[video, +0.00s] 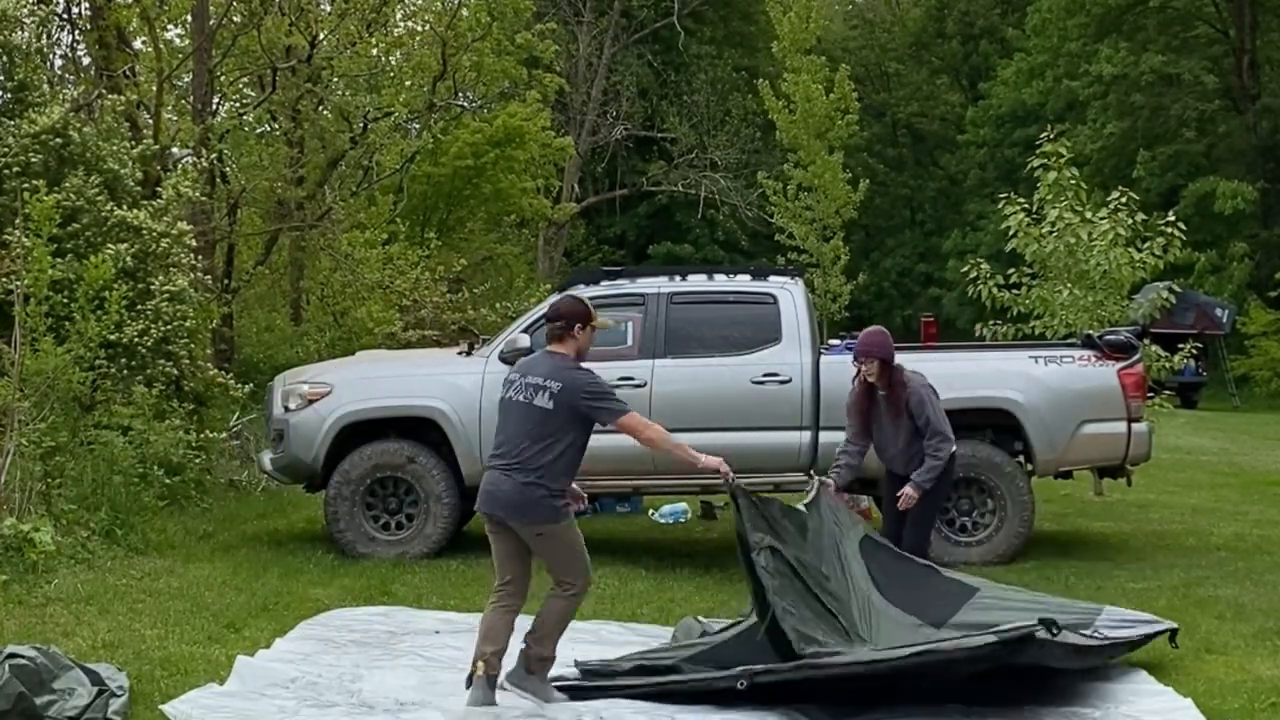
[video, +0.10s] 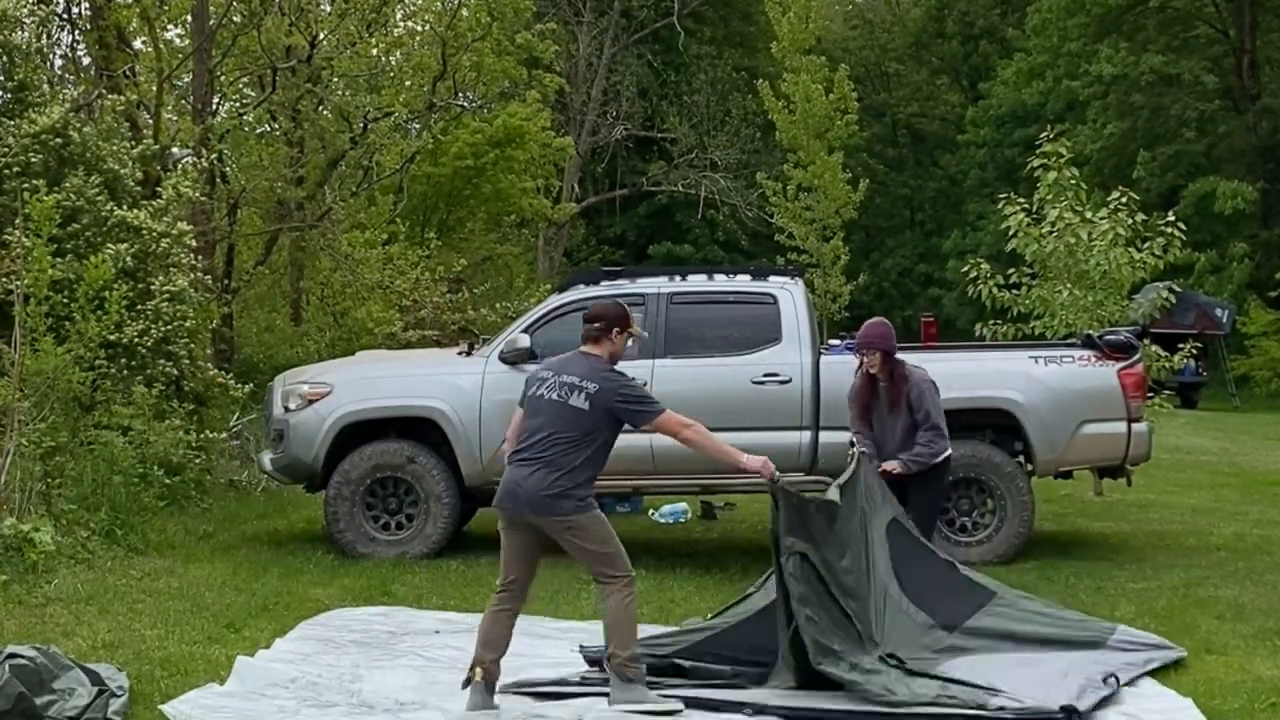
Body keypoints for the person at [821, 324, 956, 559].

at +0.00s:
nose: (865, 369)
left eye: (870, 362)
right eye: (861, 363)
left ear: (885, 360)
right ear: (857, 364)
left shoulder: (915, 389)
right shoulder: (861, 393)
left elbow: (942, 442)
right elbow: (855, 442)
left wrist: (917, 485)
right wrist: (836, 479)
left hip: (931, 466)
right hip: (896, 468)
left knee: (913, 543)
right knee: (890, 538)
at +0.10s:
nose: (867, 360)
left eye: (872, 353)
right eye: (863, 354)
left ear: (887, 351)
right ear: (859, 356)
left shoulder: (917, 382)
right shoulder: (861, 387)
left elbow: (937, 438)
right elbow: (859, 431)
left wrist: (905, 463)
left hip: (926, 467)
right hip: (886, 468)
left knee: (917, 541)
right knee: (889, 540)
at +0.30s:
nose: (839, 355)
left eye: (844, 348)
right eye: (835, 349)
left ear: (858, 343)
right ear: (831, 348)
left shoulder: (888, 374)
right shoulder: (833, 381)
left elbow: (919, 415)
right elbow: (829, 432)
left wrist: (918, 426)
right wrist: (836, 466)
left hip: (890, 478)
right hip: (849, 480)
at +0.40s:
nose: (819, 353)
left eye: (824, 346)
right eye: (814, 348)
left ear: (837, 343)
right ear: (809, 348)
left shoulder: (862, 373)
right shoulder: (805, 381)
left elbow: (894, 406)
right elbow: (800, 430)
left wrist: (922, 425)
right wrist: (793, 472)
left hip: (867, 465)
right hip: (828, 467)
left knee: (867, 534)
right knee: (821, 537)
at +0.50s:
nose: (812, 348)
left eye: (817, 342)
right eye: (806, 343)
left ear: (830, 340)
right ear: (801, 343)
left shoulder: (851, 369)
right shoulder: (800, 370)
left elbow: (882, 402)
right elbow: (786, 414)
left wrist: (909, 427)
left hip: (856, 457)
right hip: (819, 457)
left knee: (842, 530)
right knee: (816, 530)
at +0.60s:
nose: (817, 345)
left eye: (822, 338)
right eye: (811, 339)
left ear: (835, 336)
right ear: (806, 339)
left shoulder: (855, 369)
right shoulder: (796, 370)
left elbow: (886, 405)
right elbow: (785, 422)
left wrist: (915, 429)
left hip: (849, 458)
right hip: (807, 458)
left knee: (838, 530)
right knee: (808, 531)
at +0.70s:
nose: (822, 342)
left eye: (828, 336)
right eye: (816, 337)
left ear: (841, 334)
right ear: (810, 337)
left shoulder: (858, 368)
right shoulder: (799, 366)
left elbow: (889, 404)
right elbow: (786, 411)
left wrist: (918, 428)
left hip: (848, 457)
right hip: (809, 457)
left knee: (840, 527)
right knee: (808, 528)